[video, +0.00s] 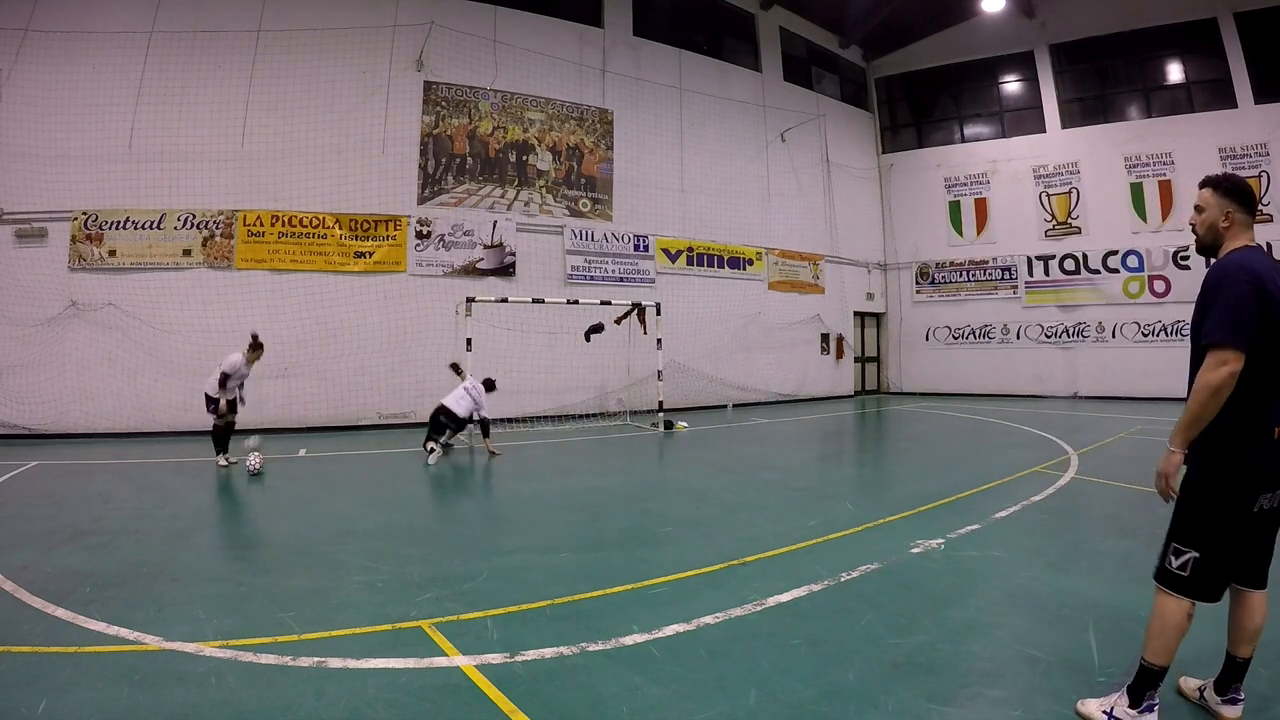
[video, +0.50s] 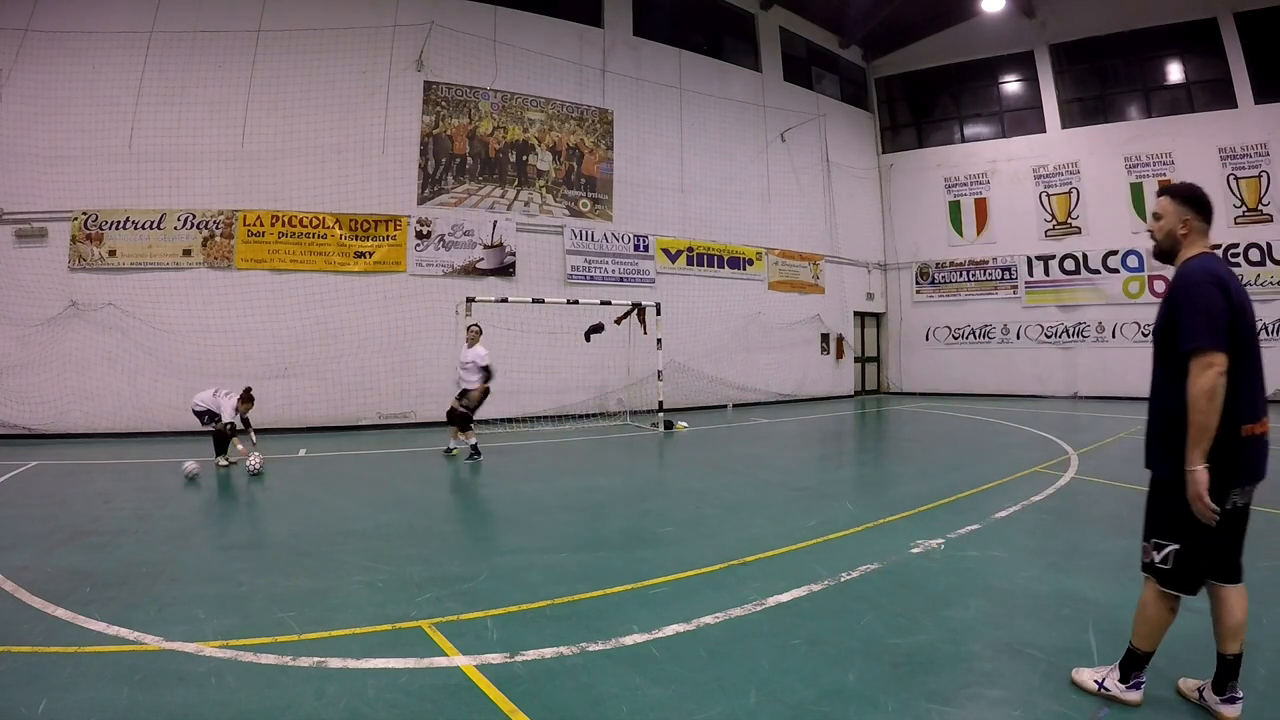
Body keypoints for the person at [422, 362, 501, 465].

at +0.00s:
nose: (490, 392)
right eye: (491, 390)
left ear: (482, 381)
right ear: (489, 390)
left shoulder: (469, 380)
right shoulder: (482, 400)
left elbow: (458, 370)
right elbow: (484, 423)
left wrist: (453, 365)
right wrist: (489, 447)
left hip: (442, 410)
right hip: (456, 420)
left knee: (430, 439)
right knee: (462, 424)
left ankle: (433, 450)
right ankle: (444, 441)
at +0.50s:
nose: (473, 334)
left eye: (476, 333)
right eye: (471, 331)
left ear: (479, 336)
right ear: (467, 333)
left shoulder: (481, 352)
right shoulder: (465, 347)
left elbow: (488, 373)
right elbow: (466, 367)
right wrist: (461, 380)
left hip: (476, 389)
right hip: (465, 387)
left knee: (462, 417)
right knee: (452, 414)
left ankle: (475, 450)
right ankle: (452, 446)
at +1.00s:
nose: (517, 331)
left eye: (519, 328)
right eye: (514, 328)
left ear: (522, 332)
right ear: (508, 332)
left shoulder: (528, 348)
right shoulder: (500, 348)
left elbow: (535, 367)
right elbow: (493, 367)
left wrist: (535, 383)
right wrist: (499, 382)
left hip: (526, 386)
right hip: (508, 387)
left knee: (530, 417)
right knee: (502, 418)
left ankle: (540, 442)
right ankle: (492, 444)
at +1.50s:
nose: (562, 341)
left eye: (564, 339)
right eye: (559, 339)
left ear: (567, 341)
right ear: (554, 342)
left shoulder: (574, 354)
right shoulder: (546, 355)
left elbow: (583, 370)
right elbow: (535, 367)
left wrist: (584, 389)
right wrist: (529, 385)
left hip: (572, 387)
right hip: (553, 387)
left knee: (577, 415)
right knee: (547, 416)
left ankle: (586, 442)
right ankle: (534, 444)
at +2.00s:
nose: (598, 334)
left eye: (600, 332)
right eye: (594, 332)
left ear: (603, 335)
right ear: (589, 337)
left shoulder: (608, 349)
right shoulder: (582, 351)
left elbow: (612, 367)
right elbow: (570, 372)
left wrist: (617, 383)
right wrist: (577, 376)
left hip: (604, 387)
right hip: (586, 389)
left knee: (609, 416)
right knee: (591, 419)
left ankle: (609, 437)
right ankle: (597, 437)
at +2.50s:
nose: (596, 325)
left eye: (599, 324)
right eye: (593, 323)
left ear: (604, 329)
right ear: (588, 329)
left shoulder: (609, 341)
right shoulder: (579, 343)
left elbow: (626, 348)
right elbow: (570, 355)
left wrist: (633, 351)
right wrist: (571, 375)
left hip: (611, 387)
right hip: (591, 389)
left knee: (618, 425)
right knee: (595, 427)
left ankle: (625, 438)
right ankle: (611, 451)